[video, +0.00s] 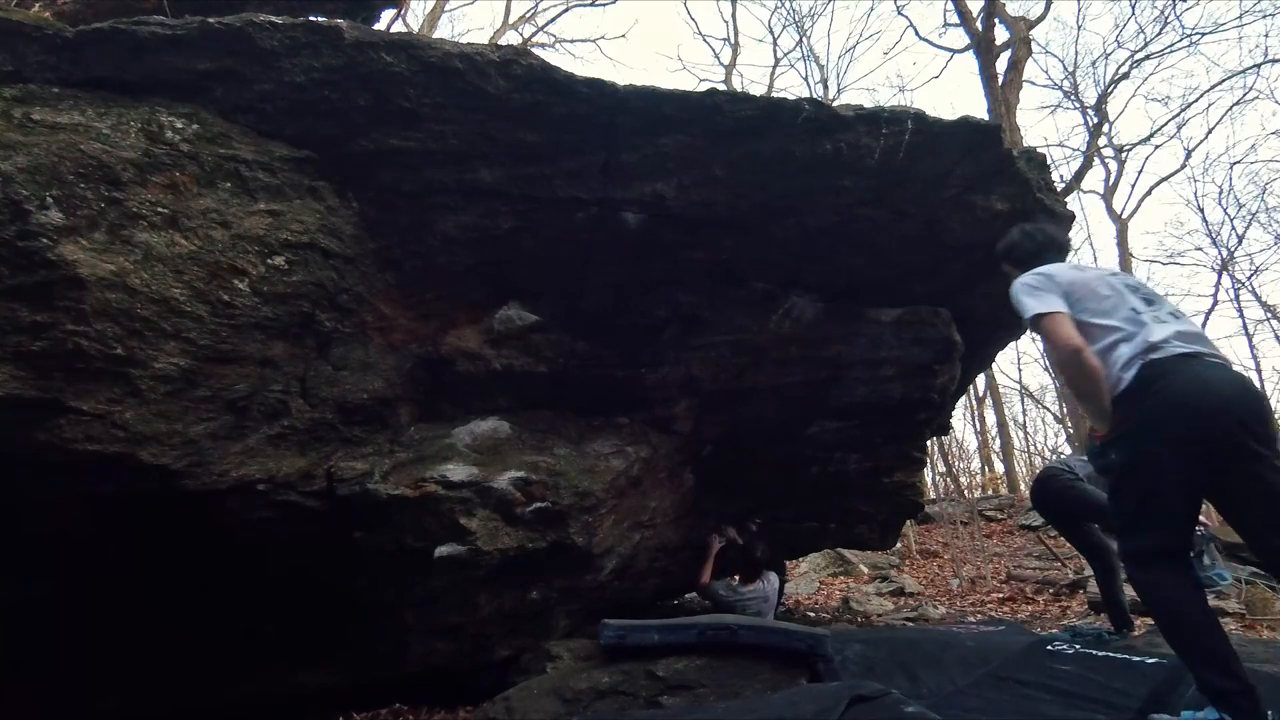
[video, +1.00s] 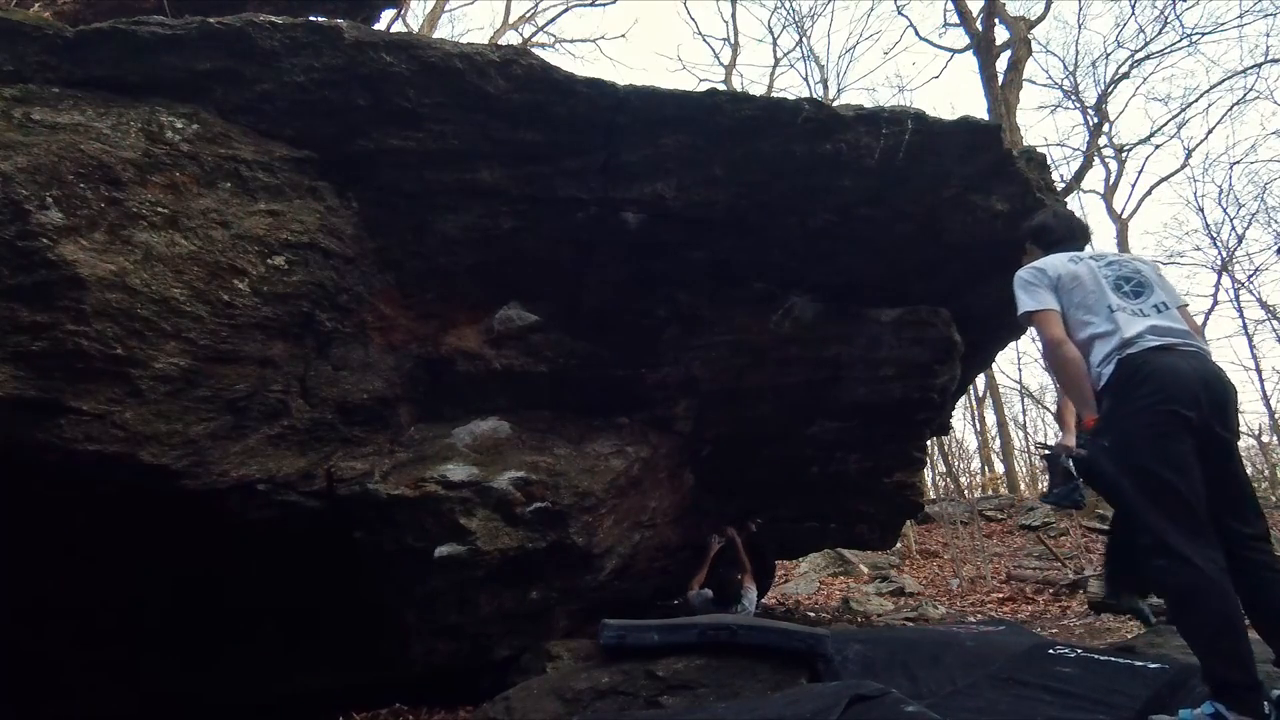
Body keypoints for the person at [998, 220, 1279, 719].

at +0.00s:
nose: (1008, 278)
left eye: (1007, 272)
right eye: (1007, 273)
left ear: (1015, 267)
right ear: (1060, 250)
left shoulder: (1032, 280)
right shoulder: (1117, 278)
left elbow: (1071, 349)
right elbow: (1175, 332)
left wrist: (1104, 425)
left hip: (1158, 399)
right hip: (1233, 388)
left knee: (1155, 560)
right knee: (1275, 545)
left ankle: (1235, 703)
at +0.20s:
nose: (991, 274)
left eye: (990, 267)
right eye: (989, 269)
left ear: (997, 262)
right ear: (1045, 247)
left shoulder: (1009, 275)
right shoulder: (1095, 268)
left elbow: (1045, 345)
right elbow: (1150, 322)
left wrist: (1080, 415)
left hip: (1135, 387)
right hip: (1203, 373)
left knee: (1160, 555)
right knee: (1255, 532)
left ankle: (1235, 704)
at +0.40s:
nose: (989, 280)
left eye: (987, 275)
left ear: (994, 269)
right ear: (1042, 253)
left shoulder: (1001, 284)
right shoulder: (1094, 268)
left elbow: (1031, 348)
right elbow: (1177, 317)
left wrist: (1077, 416)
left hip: (1134, 379)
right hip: (1201, 369)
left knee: (1161, 554)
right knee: (1214, 536)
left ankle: (1236, 705)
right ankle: (1273, 609)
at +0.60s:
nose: (996, 278)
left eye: (994, 272)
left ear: (1002, 267)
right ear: (1046, 249)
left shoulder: (1004, 285)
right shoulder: (1104, 265)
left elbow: (1028, 352)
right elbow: (1177, 320)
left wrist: (1076, 417)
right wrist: (1180, 374)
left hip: (1131, 380)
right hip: (1198, 369)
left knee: (1170, 555)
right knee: (1216, 540)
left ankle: (1234, 704)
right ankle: (1279, 663)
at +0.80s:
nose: (1007, 270)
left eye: (1007, 263)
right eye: (1007, 264)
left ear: (1016, 260)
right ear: (1060, 244)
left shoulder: (1019, 277)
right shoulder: (1119, 265)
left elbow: (1043, 345)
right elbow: (1183, 328)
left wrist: (1081, 420)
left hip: (1131, 378)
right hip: (1199, 369)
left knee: (1174, 552)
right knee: (1236, 540)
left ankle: (1235, 701)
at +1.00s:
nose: (1025, 260)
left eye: (1025, 255)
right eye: (1023, 255)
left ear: (1035, 250)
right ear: (1083, 240)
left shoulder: (1037, 270)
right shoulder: (1140, 264)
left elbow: (1057, 343)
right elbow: (1194, 330)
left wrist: (1090, 417)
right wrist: (1188, 379)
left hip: (1141, 381)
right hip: (1210, 377)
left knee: (1181, 548)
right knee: (1243, 533)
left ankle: (1239, 700)